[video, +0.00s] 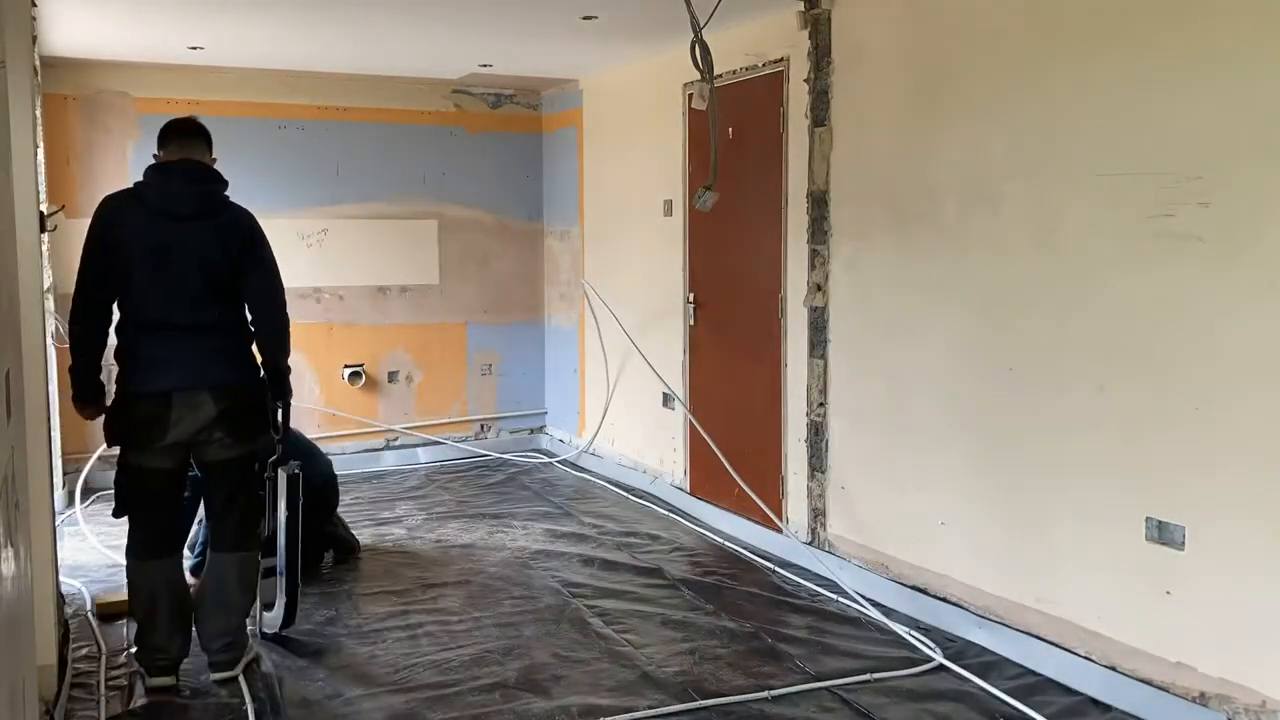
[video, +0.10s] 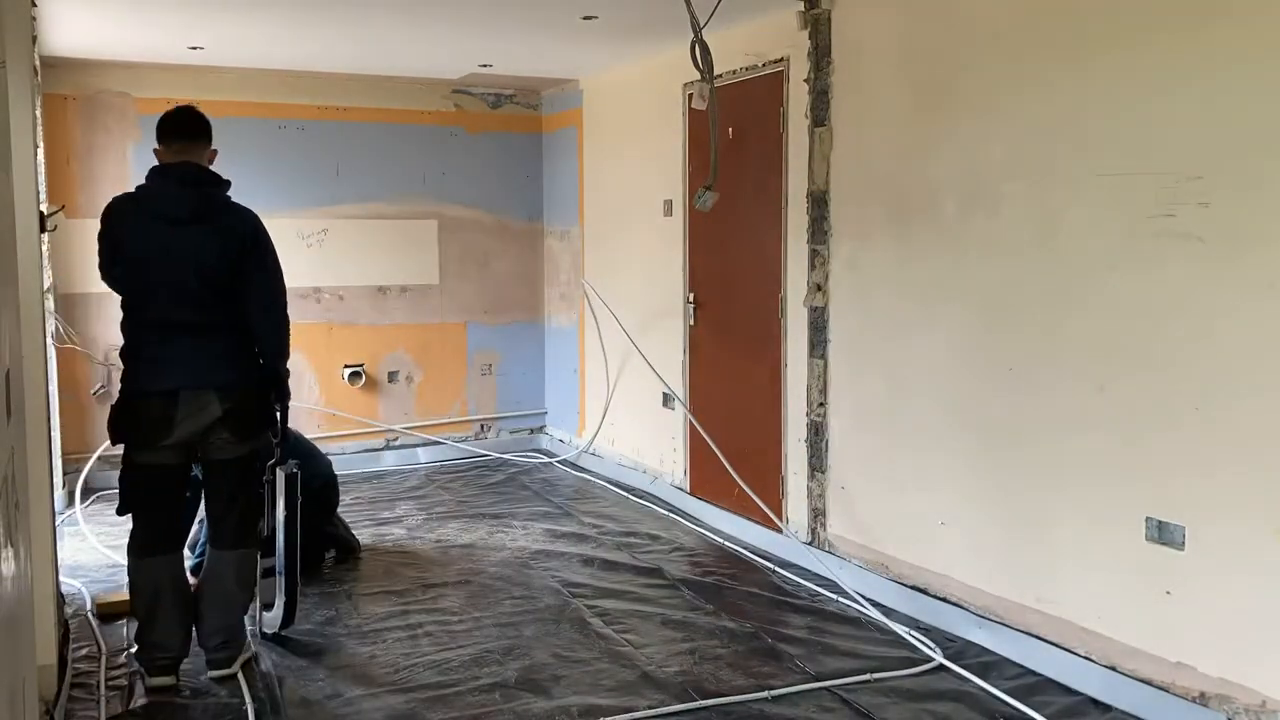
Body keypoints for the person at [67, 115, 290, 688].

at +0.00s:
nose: (202, 167)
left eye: (180, 156)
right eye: (206, 158)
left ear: (156, 158)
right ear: (211, 161)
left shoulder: (116, 213)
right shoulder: (237, 222)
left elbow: (89, 308)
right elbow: (270, 310)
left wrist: (87, 382)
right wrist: (278, 378)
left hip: (147, 395)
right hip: (226, 392)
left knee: (152, 528)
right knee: (234, 519)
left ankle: (159, 663)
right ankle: (225, 652)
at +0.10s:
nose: (202, 160)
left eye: (177, 150)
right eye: (209, 153)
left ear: (157, 153)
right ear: (212, 155)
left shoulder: (123, 215)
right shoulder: (241, 222)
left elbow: (115, 275)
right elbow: (270, 313)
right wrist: (276, 383)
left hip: (153, 396)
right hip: (232, 394)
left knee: (155, 529)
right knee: (233, 525)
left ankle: (159, 661)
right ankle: (224, 649)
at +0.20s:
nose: (177, 165)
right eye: (183, 157)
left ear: (130, 160)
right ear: (185, 157)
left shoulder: (95, 226)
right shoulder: (219, 219)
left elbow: (87, 329)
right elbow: (257, 311)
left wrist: (99, 410)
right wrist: (270, 381)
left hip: (136, 402)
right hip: (216, 396)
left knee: (144, 528)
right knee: (230, 510)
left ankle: (158, 663)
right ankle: (220, 635)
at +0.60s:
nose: (193, 177)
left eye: (182, 168)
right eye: (201, 169)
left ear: (170, 170)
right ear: (216, 171)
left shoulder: (137, 215)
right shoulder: (237, 225)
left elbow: (97, 287)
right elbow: (267, 301)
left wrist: (87, 356)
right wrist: (250, 357)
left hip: (153, 375)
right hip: (220, 374)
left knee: (155, 485)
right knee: (223, 483)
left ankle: (163, 605)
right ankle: (212, 600)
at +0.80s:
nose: (174, 192)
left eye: (157, 185)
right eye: (178, 185)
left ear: (144, 187)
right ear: (184, 186)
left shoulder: (117, 226)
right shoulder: (205, 232)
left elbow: (91, 294)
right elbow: (233, 296)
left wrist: (83, 353)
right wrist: (226, 341)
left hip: (135, 354)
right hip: (195, 353)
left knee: (139, 451)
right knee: (201, 446)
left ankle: (149, 558)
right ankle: (191, 538)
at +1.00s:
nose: (122, 195)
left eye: (119, 189)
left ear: (116, 189)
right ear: (152, 186)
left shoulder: (94, 227)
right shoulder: (175, 223)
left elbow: (84, 293)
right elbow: (204, 286)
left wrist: (85, 346)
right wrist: (225, 339)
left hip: (120, 341)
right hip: (173, 339)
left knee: (126, 435)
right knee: (183, 430)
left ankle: (133, 519)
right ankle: (183, 515)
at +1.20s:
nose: (216, 208)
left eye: (218, 201)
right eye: (216, 200)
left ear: (195, 193)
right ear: (200, 193)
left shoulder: (171, 223)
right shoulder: (180, 228)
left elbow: (169, 285)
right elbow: (171, 287)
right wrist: (200, 331)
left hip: (174, 328)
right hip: (181, 331)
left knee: (178, 405)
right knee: (187, 407)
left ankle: (176, 481)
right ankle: (179, 483)